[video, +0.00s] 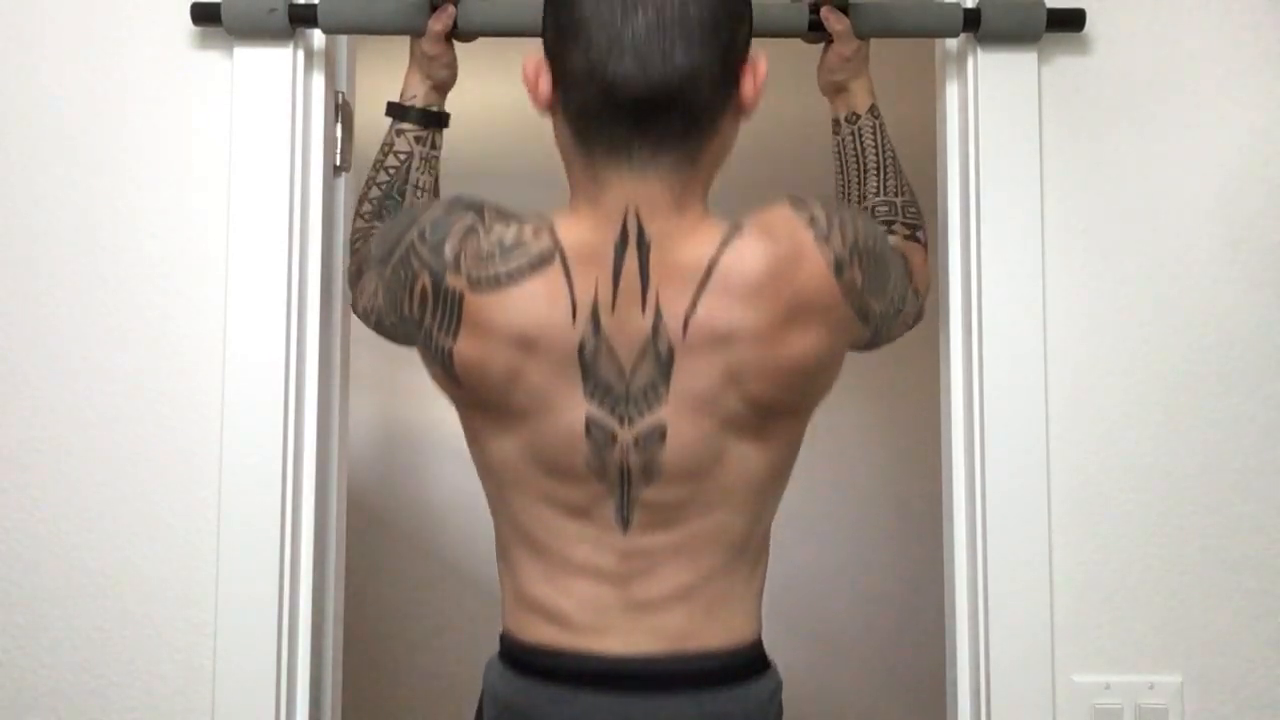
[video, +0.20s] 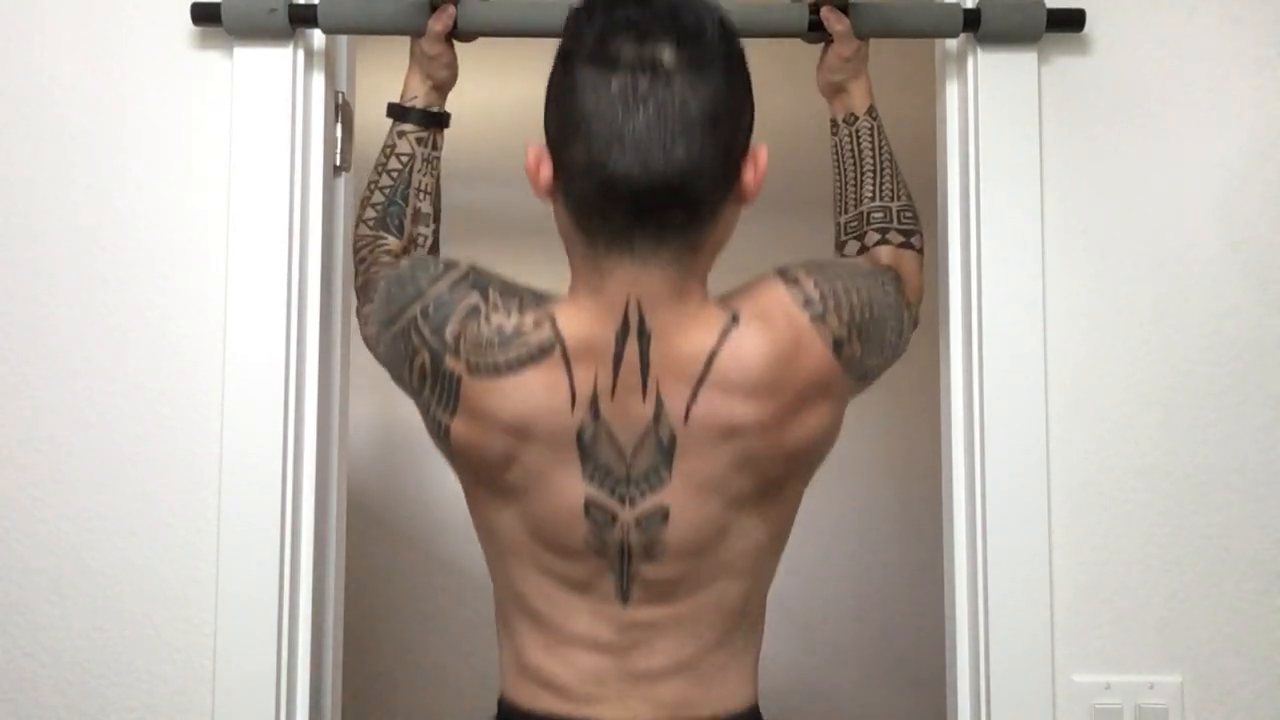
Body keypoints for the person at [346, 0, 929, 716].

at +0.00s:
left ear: (541, 86)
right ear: (749, 88)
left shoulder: (468, 273)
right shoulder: (804, 272)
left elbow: (374, 267)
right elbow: (904, 269)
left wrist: (421, 94)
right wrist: (853, 94)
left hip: (534, 689)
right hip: (724, 691)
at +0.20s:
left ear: (541, 174)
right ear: (751, 177)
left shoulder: (479, 355)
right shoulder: (798, 346)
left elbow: (385, 265)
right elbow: (893, 262)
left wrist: (422, 92)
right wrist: (851, 94)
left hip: (536, 705)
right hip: (719, 705)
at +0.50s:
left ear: (534, 277)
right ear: (743, 279)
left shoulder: (491, 451)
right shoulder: (783, 435)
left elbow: (402, 275)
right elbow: (877, 275)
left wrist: (425, 92)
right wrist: (850, 96)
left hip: (533, 712)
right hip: (726, 712)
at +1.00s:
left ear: (539, 170)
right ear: (753, 171)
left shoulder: (475, 356)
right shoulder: (795, 343)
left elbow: (379, 261)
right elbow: (892, 263)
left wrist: (423, 89)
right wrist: (850, 96)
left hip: (530, 708)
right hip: (711, 707)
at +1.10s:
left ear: (542, 83)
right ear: (754, 85)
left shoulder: (465, 276)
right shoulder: (801, 271)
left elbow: (365, 260)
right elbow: (903, 273)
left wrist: (421, 89)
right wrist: (853, 99)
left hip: (525, 696)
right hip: (715, 697)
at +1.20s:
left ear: (549, 19)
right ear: (749, 18)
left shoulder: (460, 203)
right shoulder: (799, 194)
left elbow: (366, 287)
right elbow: (898, 295)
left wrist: (417, 98)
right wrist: (854, 99)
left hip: (528, 672)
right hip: (719, 675)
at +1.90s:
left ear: (543, 126)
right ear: (752, 127)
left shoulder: (475, 308)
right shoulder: (799, 309)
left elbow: (379, 263)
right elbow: (893, 263)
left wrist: (423, 95)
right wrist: (852, 97)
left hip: (534, 699)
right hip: (725, 700)